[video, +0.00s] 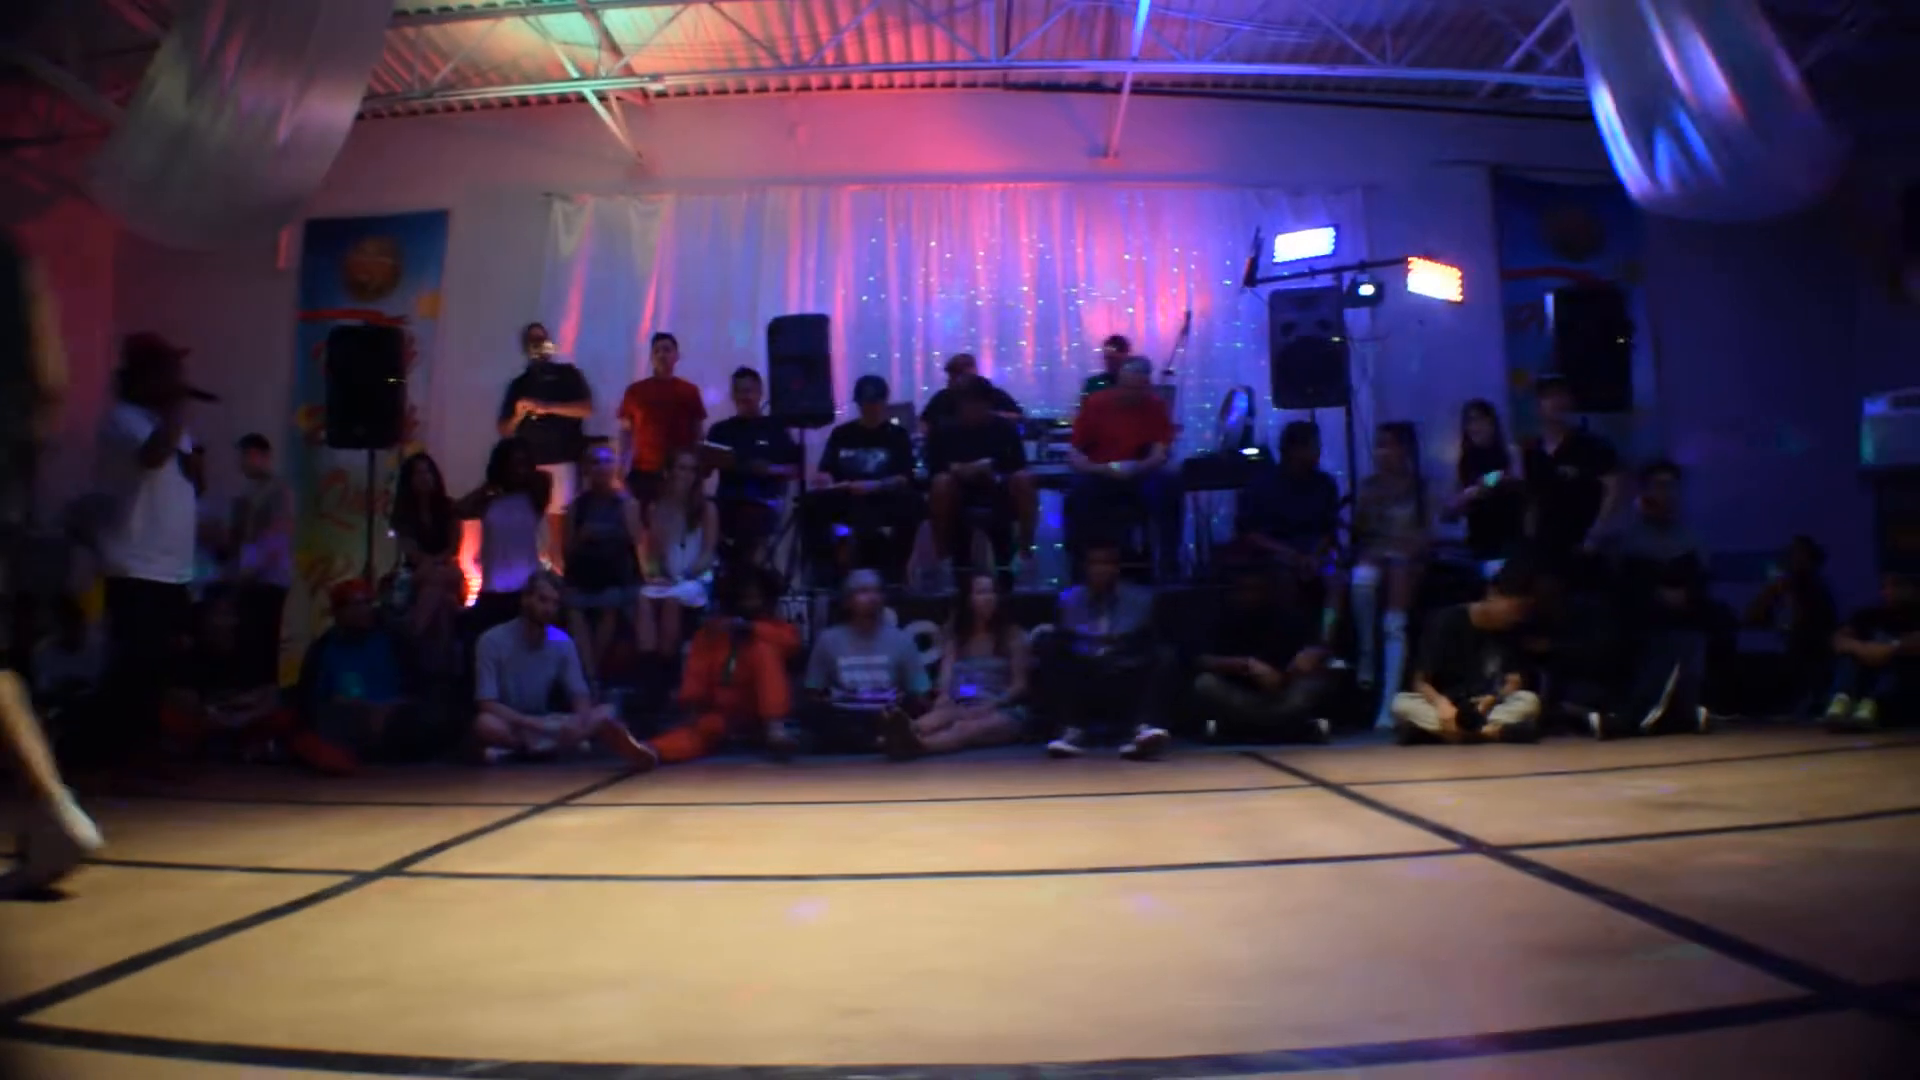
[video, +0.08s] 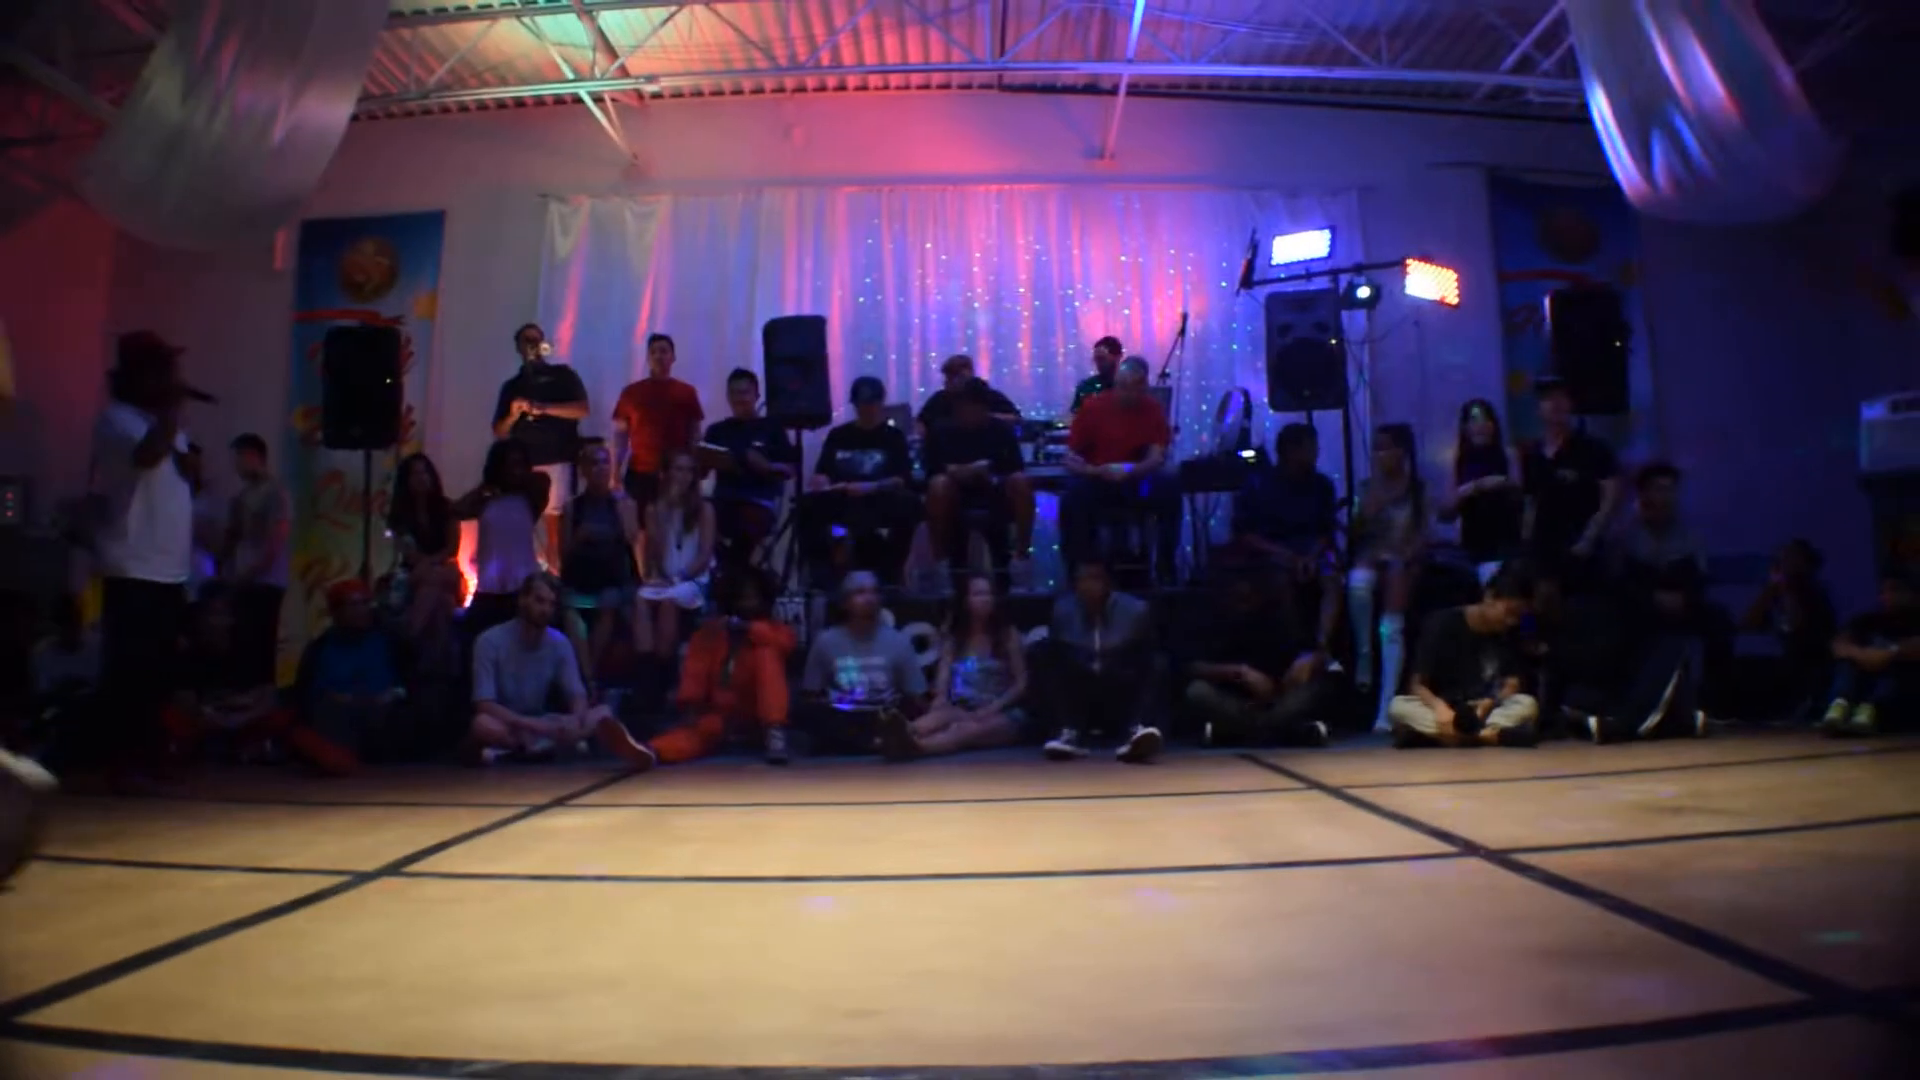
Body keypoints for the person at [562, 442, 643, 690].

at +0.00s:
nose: (602, 469)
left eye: (607, 462)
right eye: (596, 462)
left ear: (615, 467)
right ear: (587, 468)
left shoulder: (626, 504)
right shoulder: (577, 506)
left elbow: (636, 539)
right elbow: (568, 545)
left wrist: (642, 572)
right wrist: (569, 572)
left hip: (617, 575)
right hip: (582, 575)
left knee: (610, 613)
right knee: (575, 614)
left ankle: (596, 671)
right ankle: (589, 677)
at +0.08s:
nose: (600, 468)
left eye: (605, 462)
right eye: (594, 462)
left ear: (611, 467)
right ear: (583, 469)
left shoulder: (623, 504)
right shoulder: (572, 507)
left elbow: (631, 539)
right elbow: (565, 547)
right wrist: (568, 575)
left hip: (613, 580)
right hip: (579, 580)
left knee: (607, 609)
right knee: (570, 612)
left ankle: (591, 673)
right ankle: (588, 680)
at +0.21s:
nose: (601, 468)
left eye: (605, 461)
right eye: (594, 462)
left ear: (610, 467)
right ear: (582, 469)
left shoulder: (622, 503)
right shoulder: (572, 507)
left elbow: (630, 536)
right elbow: (565, 549)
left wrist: (615, 506)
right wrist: (579, 539)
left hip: (613, 576)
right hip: (579, 576)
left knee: (607, 611)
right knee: (569, 611)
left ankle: (591, 671)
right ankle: (586, 676)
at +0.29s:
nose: (602, 468)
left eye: (606, 461)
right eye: (595, 462)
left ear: (612, 467)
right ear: (583, 470)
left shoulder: (626, 503)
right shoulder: (574, 507)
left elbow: (635, 539)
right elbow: (566, 550)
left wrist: (618, 518)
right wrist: (581, 538)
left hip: (615, 576)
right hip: (581, 577)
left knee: (608, 610)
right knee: (571, 611)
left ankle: (592, 672)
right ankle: (588, 677)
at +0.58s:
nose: (602, 471)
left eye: (607, 465)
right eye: (596, 466)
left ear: (614, 470)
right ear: (586, 473)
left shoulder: (630, 504)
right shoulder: (579, 509)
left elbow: (639, 542)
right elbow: (573, 548)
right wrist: (587, 536)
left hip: (621, 575)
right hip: (587, 576)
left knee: (612, 609)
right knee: (576, 610)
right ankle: (591, 677)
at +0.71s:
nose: (627, 470)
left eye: (632, 464)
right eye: (620, 465)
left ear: (639, 470)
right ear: (611, 472)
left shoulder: (655, 503)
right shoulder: (602, 508)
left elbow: (661, 542)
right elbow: (597, 548)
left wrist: (642, 525)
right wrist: (610, 529)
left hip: (643, 574)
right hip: (609, 575)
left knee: (636, 607)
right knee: (599, 609)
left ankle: (620, 673)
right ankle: (615, 677)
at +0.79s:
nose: (626, 469)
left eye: (631, 464)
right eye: (620, 464)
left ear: (638, 469)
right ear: (610, 472)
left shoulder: (654, 503)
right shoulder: (601, 507)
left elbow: (661, 543)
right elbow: (594, 546)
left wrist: (640, 533)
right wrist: (611, 530)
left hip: (642, 573)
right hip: (608, 573)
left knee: (635, 606)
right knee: (597, 606)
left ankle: (619, 674)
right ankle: (613, 677)